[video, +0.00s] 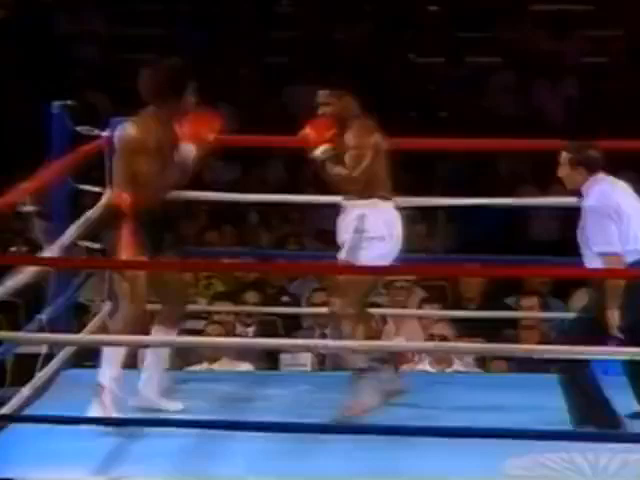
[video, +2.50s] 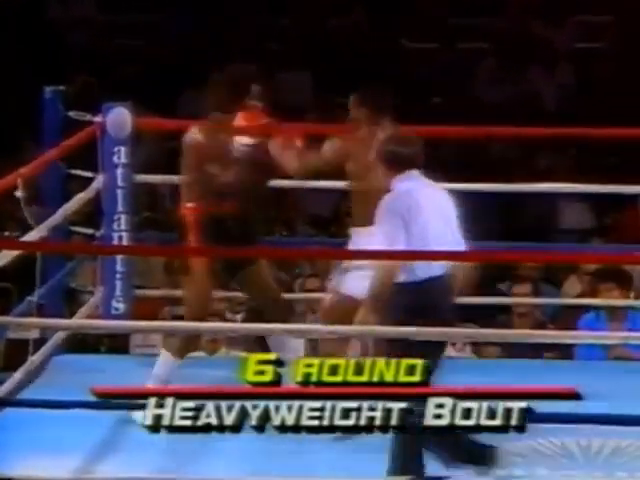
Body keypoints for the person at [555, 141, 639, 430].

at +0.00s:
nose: (559, 172)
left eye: (564, 166)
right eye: (560, 165)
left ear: (580, 169)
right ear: (588, 167)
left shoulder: (597, 201)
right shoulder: (618, 187)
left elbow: (614, 261)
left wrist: (613, 307)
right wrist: (593, 290)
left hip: (618, 287)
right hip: (632, 281)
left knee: (567, 346)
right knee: (632, 354)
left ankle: (601, 424)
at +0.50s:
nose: (565, 171)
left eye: (569, 164)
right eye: (566, 164)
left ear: (587, 167)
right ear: (591, 167)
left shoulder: (605, 195)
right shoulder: (604, 193)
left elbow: (618, 254)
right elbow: (615, 252)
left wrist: (608, 302)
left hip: (605, 293)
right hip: (607, 291)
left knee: (564, 360)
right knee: (598, 371)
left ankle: (576, 445)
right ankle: (627, 443)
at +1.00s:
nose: (574, 172)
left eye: (574, 166)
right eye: (573, 166)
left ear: (582, 166)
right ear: (611, 162)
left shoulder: (580, 204)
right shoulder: (635, 190)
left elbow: (574, 262)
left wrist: (566, 306)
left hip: (600, 295)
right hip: (636, 292)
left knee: (586, 378)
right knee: (629, 376)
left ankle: (593, 461)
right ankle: (633, 447)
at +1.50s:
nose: (565, 175)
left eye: (566, 170)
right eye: (566, 171)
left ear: (571, 171)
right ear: (606, 169)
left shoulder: (570, 207)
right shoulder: (634, 200)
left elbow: (561, 268)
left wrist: (551, 315)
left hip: (590, 296)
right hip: (633, 297)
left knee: (563, 380)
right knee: (633, 387)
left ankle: (567, 465)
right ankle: (637, 464)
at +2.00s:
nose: (470, 168)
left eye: (472, 161)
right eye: (470, 161)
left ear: (484, 161)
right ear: (514, 156)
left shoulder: (495, 193)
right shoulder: (544, 188)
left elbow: (491, 257)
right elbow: (566, 246)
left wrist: (481, 305)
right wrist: (560, 295)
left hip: (514, 283)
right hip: (547, 279)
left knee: (511, 375)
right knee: (522, 369)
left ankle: (535, 464)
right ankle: (523, 458)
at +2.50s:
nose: (374, 169)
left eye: (377, 163)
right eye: (375, 161)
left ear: (386, 165)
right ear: (416, 161)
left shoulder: (395, 200)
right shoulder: (442, 195)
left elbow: (391, 262)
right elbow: (460, 255)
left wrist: (368, 306)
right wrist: (449, 293)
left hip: (408, 291)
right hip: (440, 288)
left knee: (402, 384)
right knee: (414, 382)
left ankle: (471, 453)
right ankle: (406, 465)